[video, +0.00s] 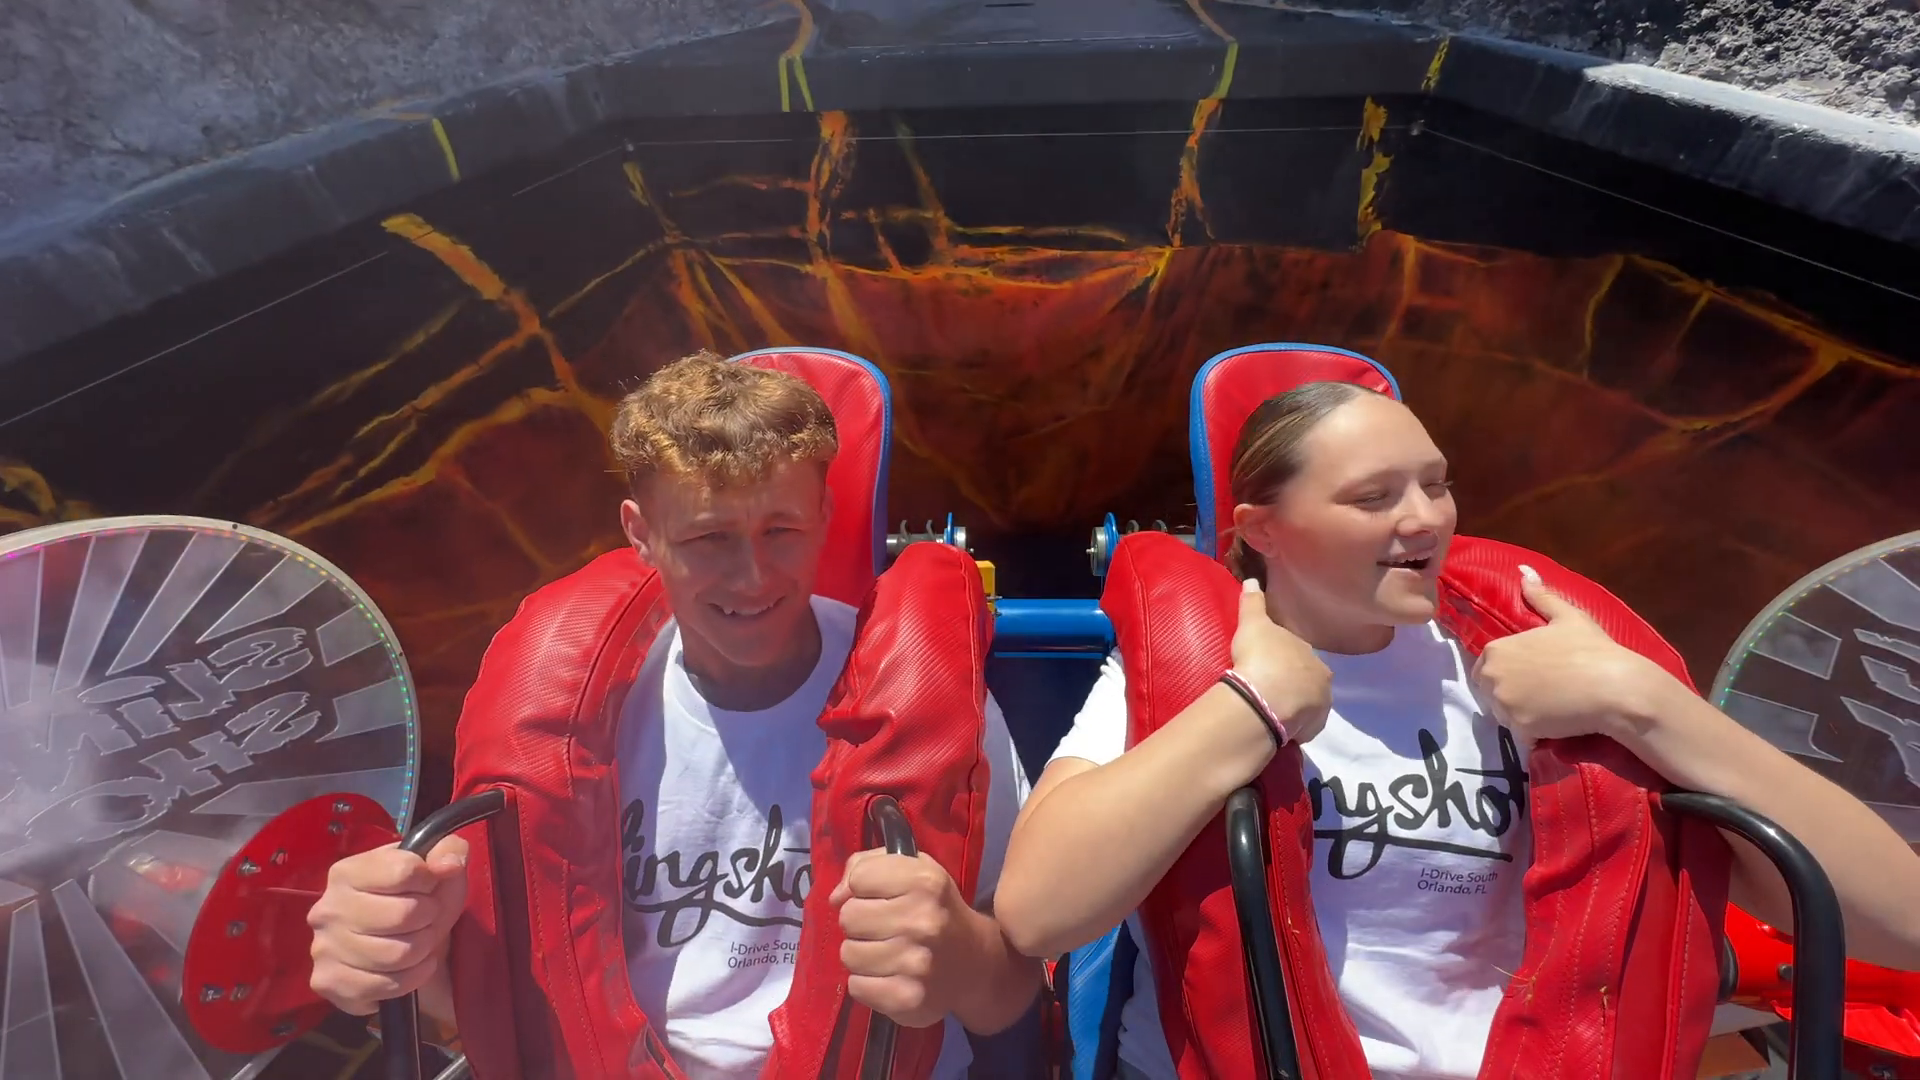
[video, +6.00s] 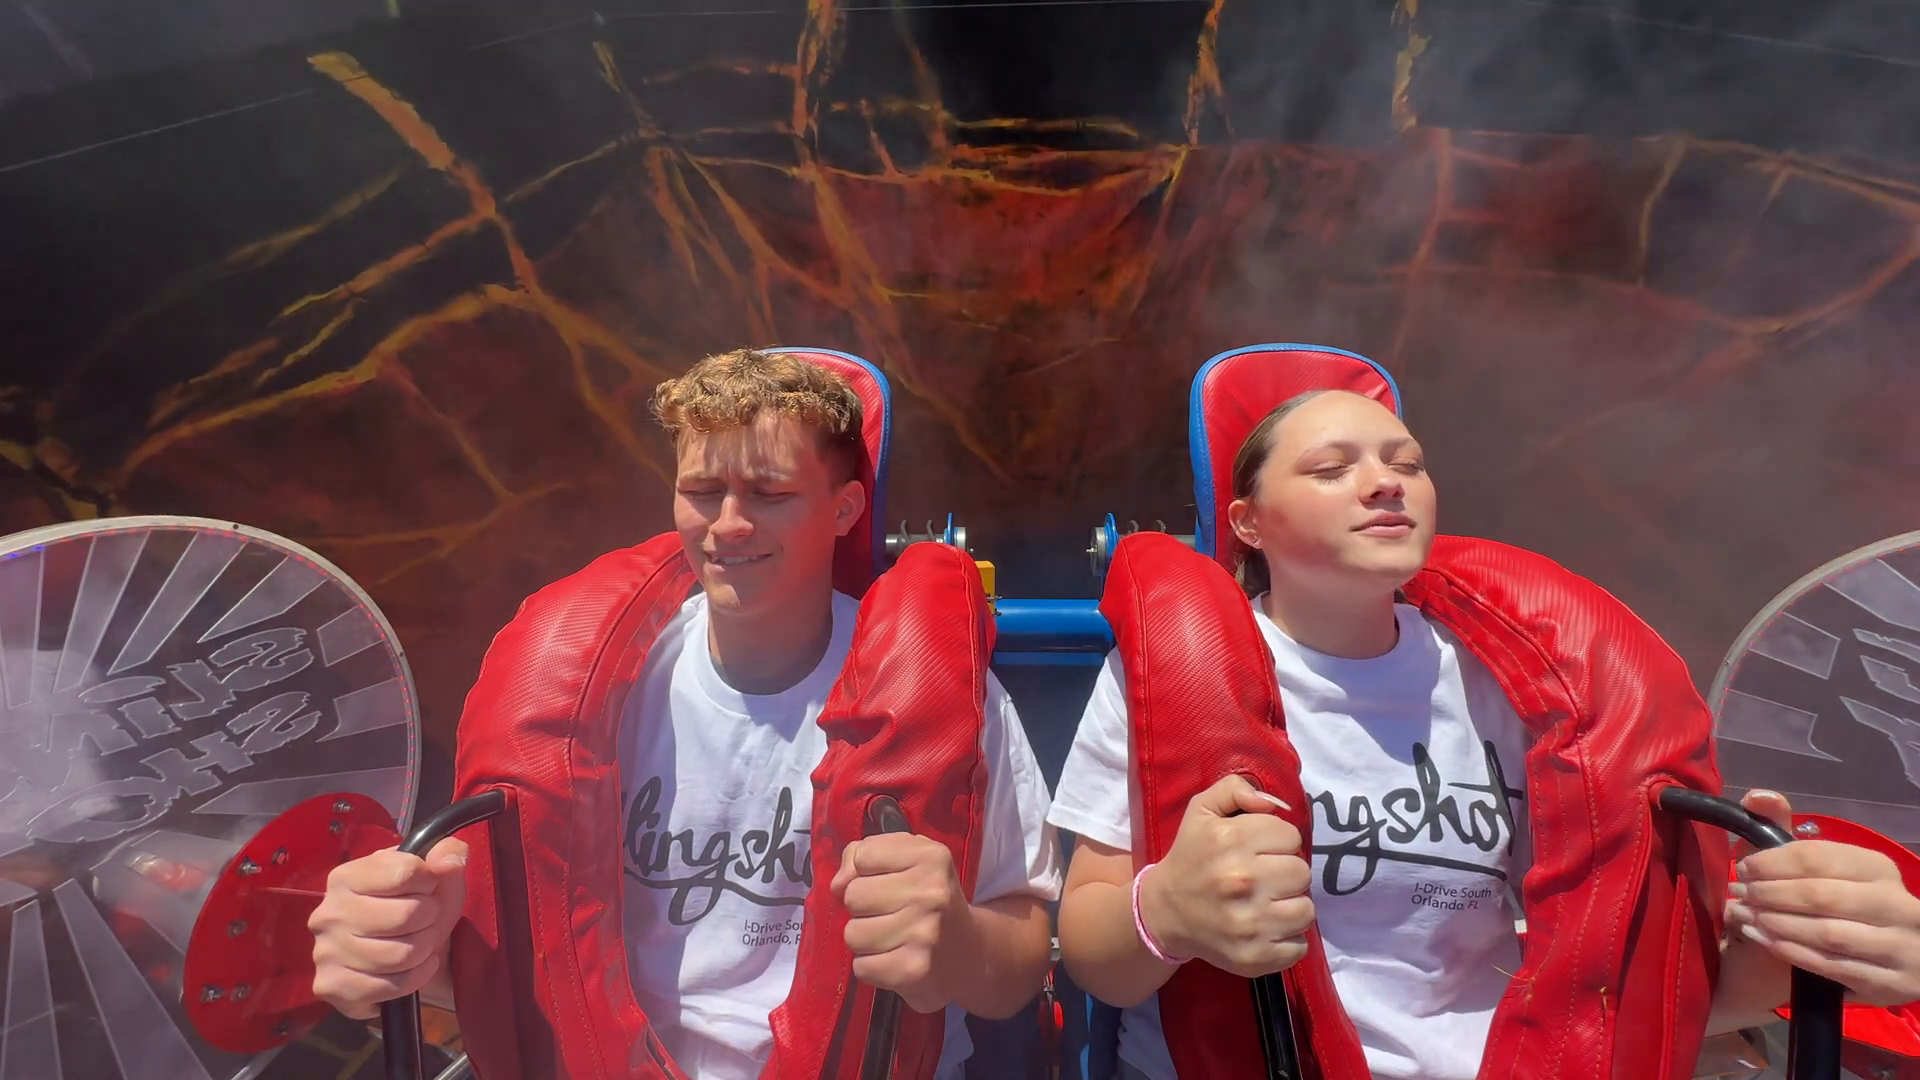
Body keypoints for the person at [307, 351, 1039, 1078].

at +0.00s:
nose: (751, 578)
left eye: (782, 532)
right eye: (708, 539)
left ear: (823, 521)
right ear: (641, 535)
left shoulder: (925, 692)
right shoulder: (564, 691)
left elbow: (1011, 995)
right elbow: (497, 1016)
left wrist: (970, 960)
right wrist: (418, 952)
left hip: (835, 1063)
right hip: (611, 1059)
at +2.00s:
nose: (714, 521)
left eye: (755, 489)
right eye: (691, 489)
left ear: (840, 505)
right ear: (665, 495)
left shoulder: (939, 695)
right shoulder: (583, 677)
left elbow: (1027, 980)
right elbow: (512, 999)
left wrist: (964, 942)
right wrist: (417, 956)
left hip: (837, 1067)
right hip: (614, 1060)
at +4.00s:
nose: (735, 525)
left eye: (774, 490)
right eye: (711, 489)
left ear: (849, 506)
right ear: (679, 494)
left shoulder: (935, 691)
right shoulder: (581, 672)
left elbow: (1026, 961)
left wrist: (968, 947)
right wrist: (408, 941)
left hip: (830, 1064)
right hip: (611, 1059)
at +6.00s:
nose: (729, 525)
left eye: (768, 493)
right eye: (704, 491)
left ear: (846, 506)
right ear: (675, 491)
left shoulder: (934, 687)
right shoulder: (584, 668)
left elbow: (1025, 960)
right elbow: (502, 929)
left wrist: (958, 947)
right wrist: (406, 942)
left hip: (832, 1063)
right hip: (612, 1058)